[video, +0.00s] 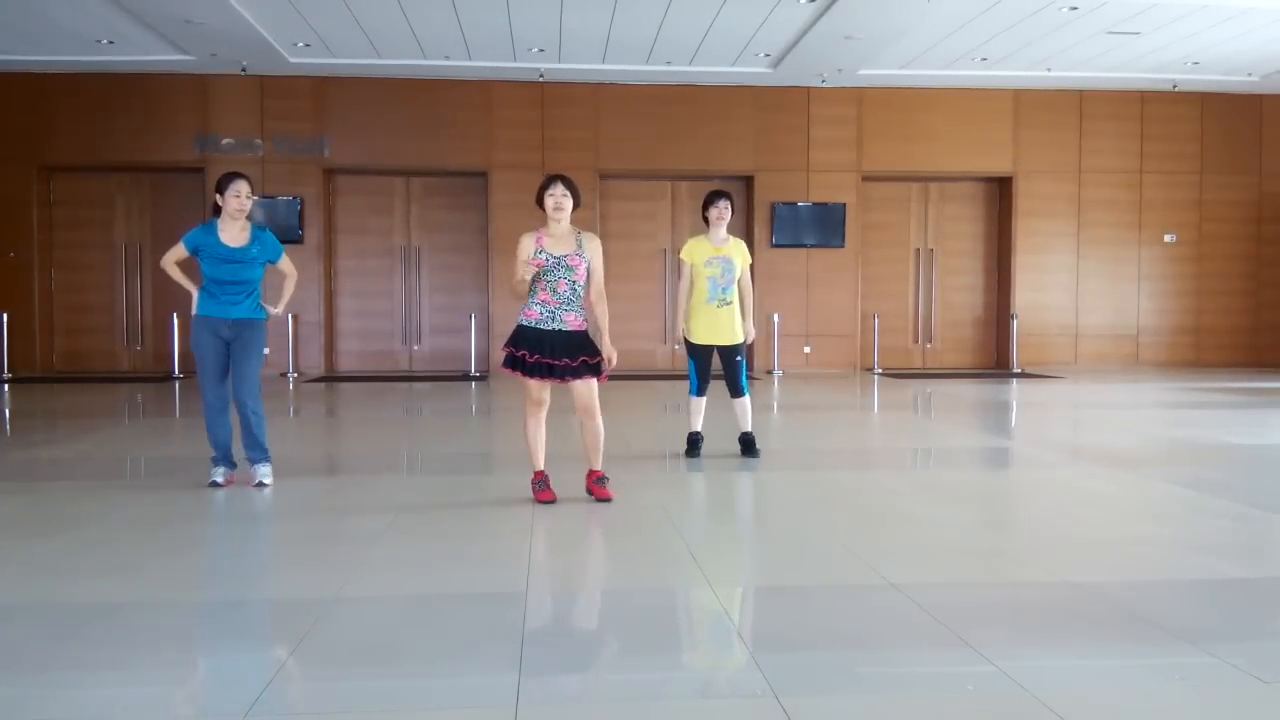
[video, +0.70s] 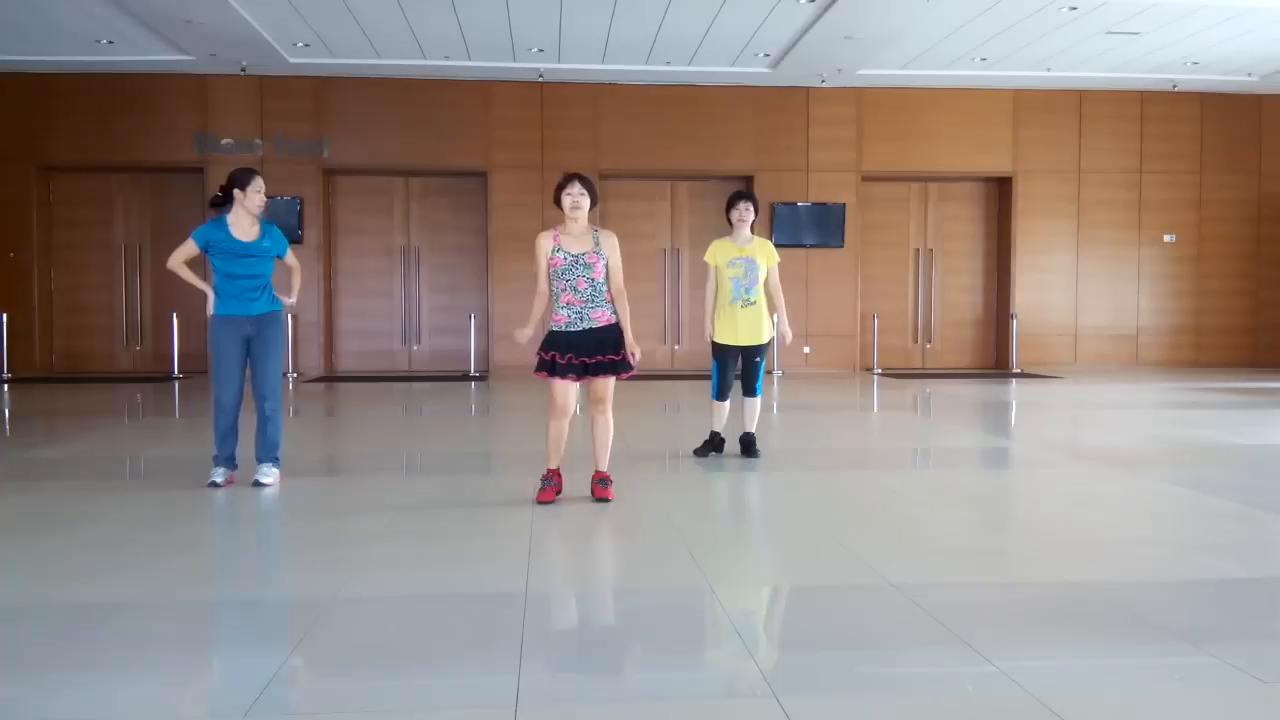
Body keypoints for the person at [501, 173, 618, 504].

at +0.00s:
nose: (558, 201)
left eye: (564, 196)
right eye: (551, 196)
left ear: (574, 203)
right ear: (542, 203)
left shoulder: (590, 242)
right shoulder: (529, 241)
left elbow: (597, 295)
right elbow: (519, 292)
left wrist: (605, 339)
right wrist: (524, 279)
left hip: (577, 335)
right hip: (536, 334)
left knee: (590, 409)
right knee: (537, 405)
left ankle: (596, 475)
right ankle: (540, 476)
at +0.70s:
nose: (575, 199)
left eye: (581, 194)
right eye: (569, 194)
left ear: (591, 201)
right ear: (559, 201)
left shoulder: (607, 239)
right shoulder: (546, 240)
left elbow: (618, 291)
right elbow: (542, 290)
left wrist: (628, 335)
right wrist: (531, 325)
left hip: (604, 334)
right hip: (563, 336)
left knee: (601, 405)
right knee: (561, 409)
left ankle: (602, 475)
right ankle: (552, 475)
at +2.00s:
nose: (571, 203)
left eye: (578, 197)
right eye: (565, 198)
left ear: (589, 203)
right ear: (556, 204)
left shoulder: (605, 242)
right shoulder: (546, 243)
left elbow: (614, 296)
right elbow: (536, 295)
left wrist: (614, 343)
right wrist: (509, 332)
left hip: (588, 337)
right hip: (548, 335)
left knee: (591, 410)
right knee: (547, 403)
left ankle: (602, 475)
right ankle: (543, 475)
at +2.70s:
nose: (583, 205)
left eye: (589, 199)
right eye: (577, 199)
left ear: (598, 205)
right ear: (567, 205)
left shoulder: (611, 246)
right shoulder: (552, 243)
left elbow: (623, 295)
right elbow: (542, 294)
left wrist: (636, 342)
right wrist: (547, 341)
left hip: (611, 336)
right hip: (571, 339)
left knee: (607, 407)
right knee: (576, 411)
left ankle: (605, 476)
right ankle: (550, 475)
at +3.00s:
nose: (575, 200)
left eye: (581, 195)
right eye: (568, 195)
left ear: (590, 201)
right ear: (558, 201)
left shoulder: (598, 243)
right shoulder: (545, 237)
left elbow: (609, 297)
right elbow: (508, 269)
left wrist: (624, 343)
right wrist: (536, 301)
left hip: (596, 333)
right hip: (559, 335)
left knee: (598, 405)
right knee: (565, 406)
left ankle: (596, 476)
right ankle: (549, 477)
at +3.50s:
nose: (567, 205)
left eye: (574, 200)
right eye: (561, 200)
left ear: (584, 206)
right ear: (551, 206)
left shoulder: (599, 246)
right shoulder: (539, 243)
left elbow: (608, 298)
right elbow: (494, 267)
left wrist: (615, 344)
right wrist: (524, 288)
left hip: (584, 339)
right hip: (545, 337)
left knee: (594, 411)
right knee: (545, 404)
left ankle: (600, 475)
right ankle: (545, 477)